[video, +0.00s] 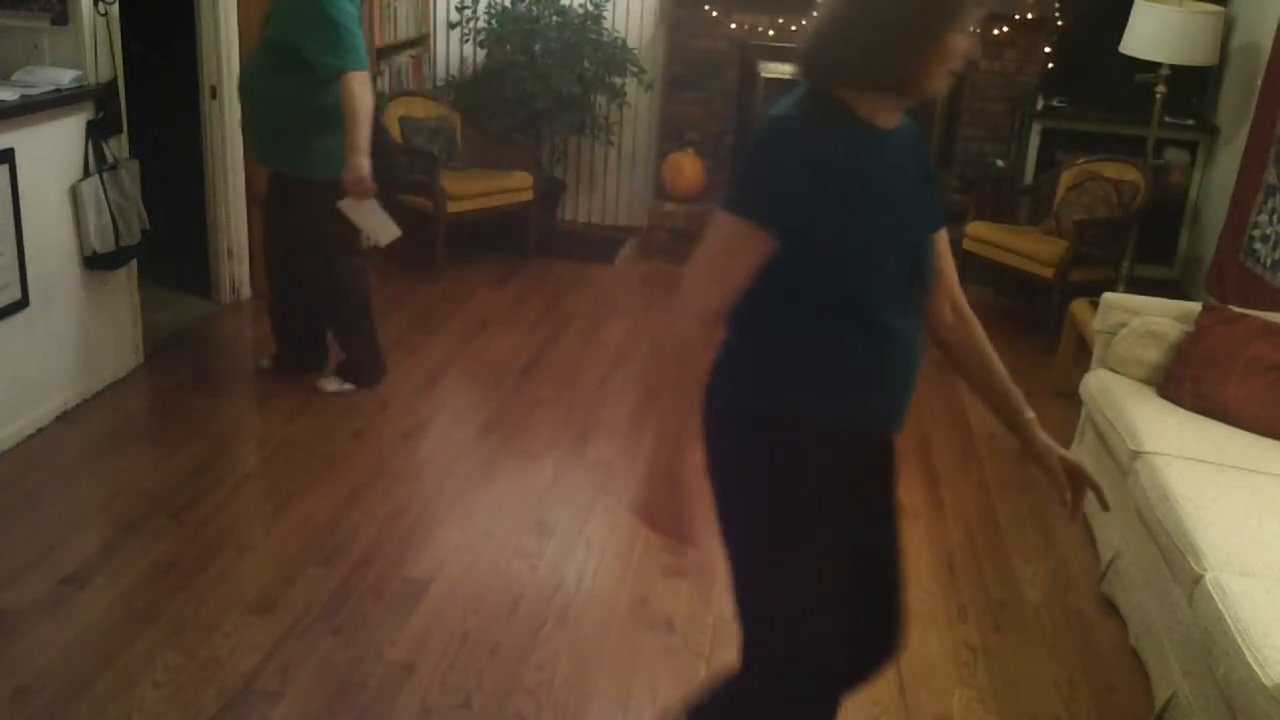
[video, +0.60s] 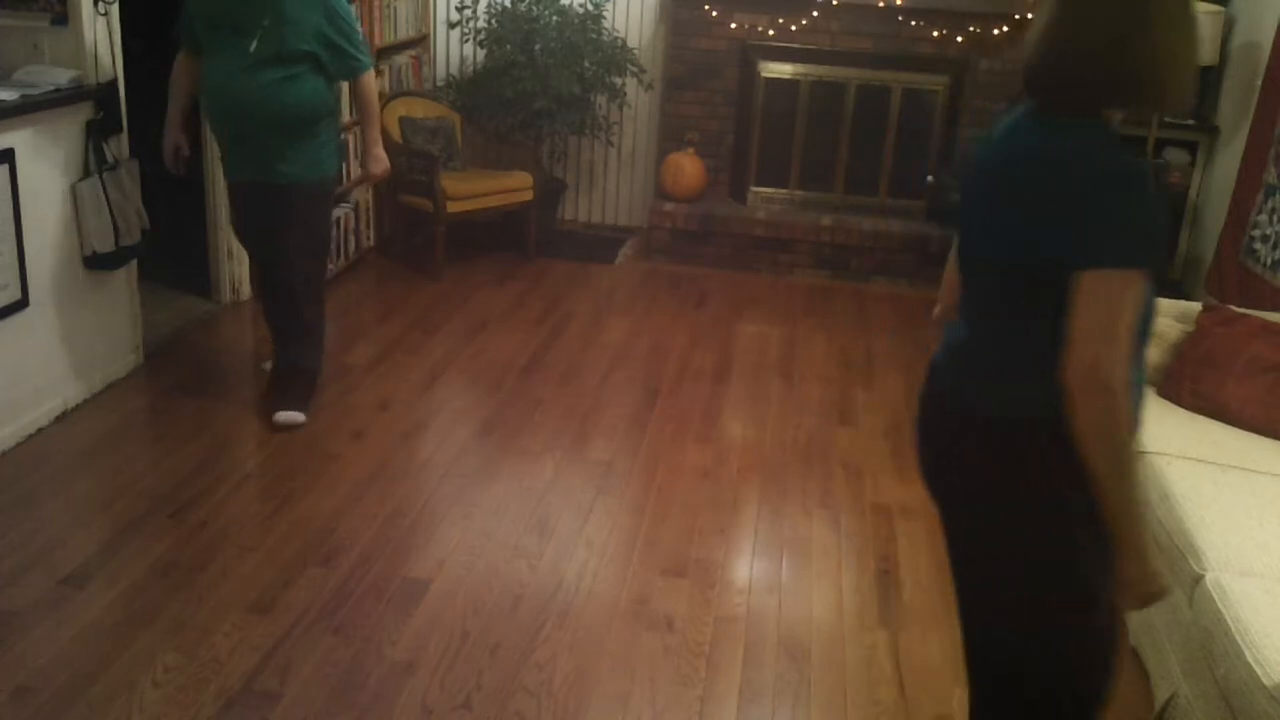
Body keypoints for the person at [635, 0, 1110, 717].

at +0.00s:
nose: (973, 49)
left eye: (976, 32)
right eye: (965, 27)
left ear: (921, 38)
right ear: (913, 29)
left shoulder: (907, 146)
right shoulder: (794, 141)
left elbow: (949, 312)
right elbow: (694, 307)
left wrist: (1034, 437)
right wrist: (665, 467)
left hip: (859, 430)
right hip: (771, 428)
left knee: (869, 637)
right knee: (795, 665)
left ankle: (718, 709)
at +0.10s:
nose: (1017, 56)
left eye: (1022, 37)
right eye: (1012, 33)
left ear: (954, 38)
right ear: (960, 35)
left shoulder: (911, 143)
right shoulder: (852, 145)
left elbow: (949, 313)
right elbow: (755, 319)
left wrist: (1033, 435)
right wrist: (755, 505)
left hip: (879, 442)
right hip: (823, 445)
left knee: (917, 629)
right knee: (829, 658)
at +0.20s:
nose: (1047, 65)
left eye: (1050, 46)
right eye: (1042, 45)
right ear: (1002, 55)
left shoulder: (933, 146)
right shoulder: (903, 155)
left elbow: (949, 326)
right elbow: (823, 345)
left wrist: (1024, 441)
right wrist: (837, 526)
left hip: (894, 444)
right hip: (857, 450)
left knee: (937, 641)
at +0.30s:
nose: (1082, 74)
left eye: (1085, 54)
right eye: (1079, 53)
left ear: (984, 44)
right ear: (1044, 60)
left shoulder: (955, 140)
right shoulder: (958, 160)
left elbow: (953, 333)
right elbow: (893, 363)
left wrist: (1005, 444)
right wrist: (924, 545)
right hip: (895, 449)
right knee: (944, 665)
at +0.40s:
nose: (1117, 78)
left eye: (1119, 60)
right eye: (1112, 59)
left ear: (1012, 42)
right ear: (1078, 63)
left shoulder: (959, 136)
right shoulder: (1010, 165)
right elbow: (960, 374)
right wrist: (998, 551)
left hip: (909, 417)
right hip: (949, 441)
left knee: (928, 669)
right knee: (954, 682)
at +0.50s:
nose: (1155, 77)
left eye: (1155, 59)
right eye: (1150, 58)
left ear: (1039, 43)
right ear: (1120, 64)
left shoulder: (989, 133)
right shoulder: (1064, 170)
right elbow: (1028, 376)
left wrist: (1092, 192)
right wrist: (1069, 544)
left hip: (941, 410)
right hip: (993, 436)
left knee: (985, 671)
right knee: (1004, 686)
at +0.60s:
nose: (1185, 71)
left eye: (1185, 52)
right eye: (1177, 49)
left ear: (1065, 43)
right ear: (1144, 57)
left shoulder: (1010, 142)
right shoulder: (1116, 177)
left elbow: (951, 302)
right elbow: (1094, 375)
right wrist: (1130, 547)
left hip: (964, 414)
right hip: (1040, 439)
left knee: (1003, 658)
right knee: (1064, 674)